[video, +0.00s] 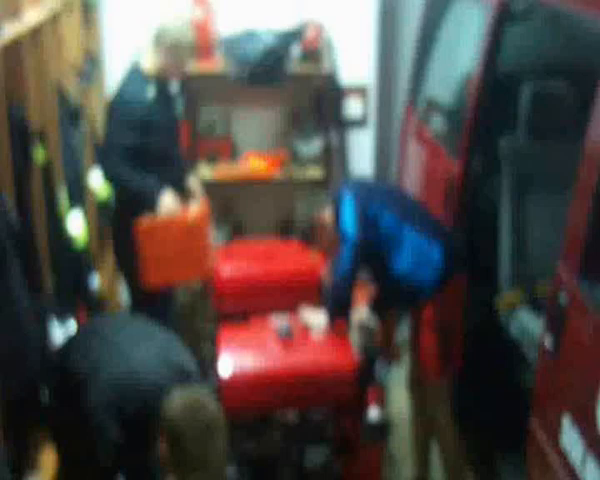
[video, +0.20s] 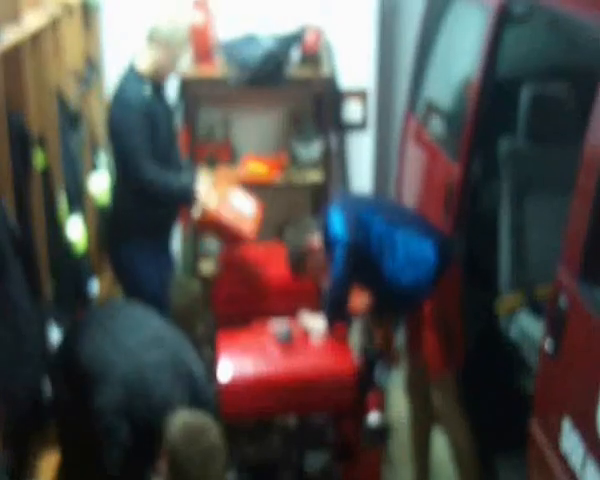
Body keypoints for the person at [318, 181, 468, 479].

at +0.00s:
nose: (331, 247)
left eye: (326, 243)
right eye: (327, 245)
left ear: (323, 222)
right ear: (327, 222)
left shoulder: (349, 197)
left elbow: (348, 256)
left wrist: (332, 311)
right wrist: (372, 309)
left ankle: (407, 469)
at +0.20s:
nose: (319, 275)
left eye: (313, 268)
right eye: (313, 272)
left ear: (313, 245)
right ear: (315, 245)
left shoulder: (341, 214)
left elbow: (340, 274)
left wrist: (330, 316)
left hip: (439, 280)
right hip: (414, 291)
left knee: (442, 387)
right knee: (415, 386)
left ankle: (466, 470)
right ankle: (414, 470)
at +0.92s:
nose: (314, 281)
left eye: (309, 276)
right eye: (309, 279)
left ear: (305, 254)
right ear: (308, 255)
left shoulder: (338, 220)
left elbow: (342, 282)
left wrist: (330, 333)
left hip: (434, 292)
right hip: (405, 310)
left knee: (446, 400)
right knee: (409, 394)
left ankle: (473, 471)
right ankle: (417, 472)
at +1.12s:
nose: (310, 296)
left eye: (303, 292)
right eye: (304, 296)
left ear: (300, 268)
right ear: (303, 269)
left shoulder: (332, 229)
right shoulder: (331, 282)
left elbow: (339, 283)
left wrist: (328, 335)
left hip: (429, 293)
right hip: (396, 314)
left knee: (445, 398)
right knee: (406, 401)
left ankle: (473, 472)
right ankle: (414, 474)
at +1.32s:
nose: (311, 314)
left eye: (304, 307)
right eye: (305, 313)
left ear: (301, 284)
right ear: (305, 283)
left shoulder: (330, 236)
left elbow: (338, 282)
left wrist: (327, 336)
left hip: (430, 293)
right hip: (397, 315)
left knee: (444, 406)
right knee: (400, 407)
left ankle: (472, 473)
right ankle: (412, 475)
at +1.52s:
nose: (316, 312)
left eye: (310, 307)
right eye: (310, 312)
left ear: (306, 282)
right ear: (308, 281)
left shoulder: (334, 234)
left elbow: (339, 284)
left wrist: (326, 337)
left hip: (430, 292)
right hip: (396, 313)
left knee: (440, 412)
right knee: (401, 407)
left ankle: (466, 473)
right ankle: (413, 474)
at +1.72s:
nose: (320, 295)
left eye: (312, 289)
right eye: (312, 294)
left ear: (307, 265)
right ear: (308, 263)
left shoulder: (339, 225)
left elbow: (344, 284)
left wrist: (326, 334)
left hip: (430, 293)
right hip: (399, 311)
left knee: (436, 406)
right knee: (404, 403)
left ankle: (460, 472)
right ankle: (413, 473)